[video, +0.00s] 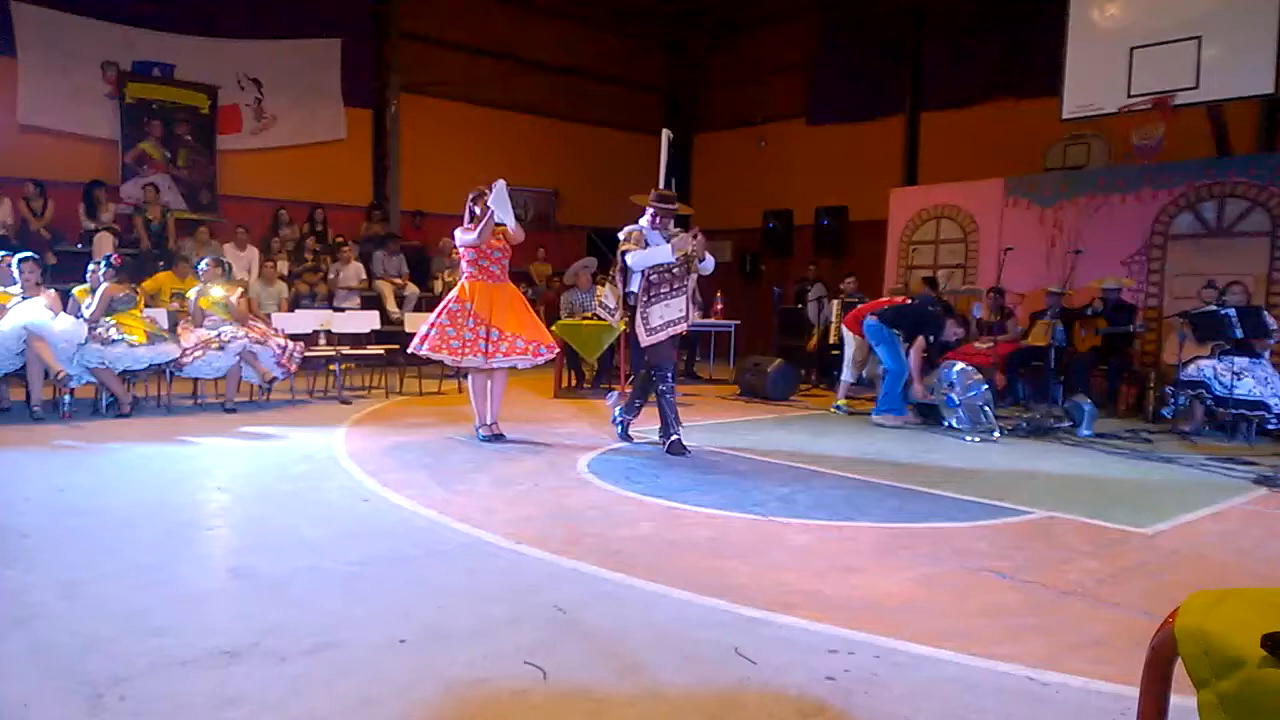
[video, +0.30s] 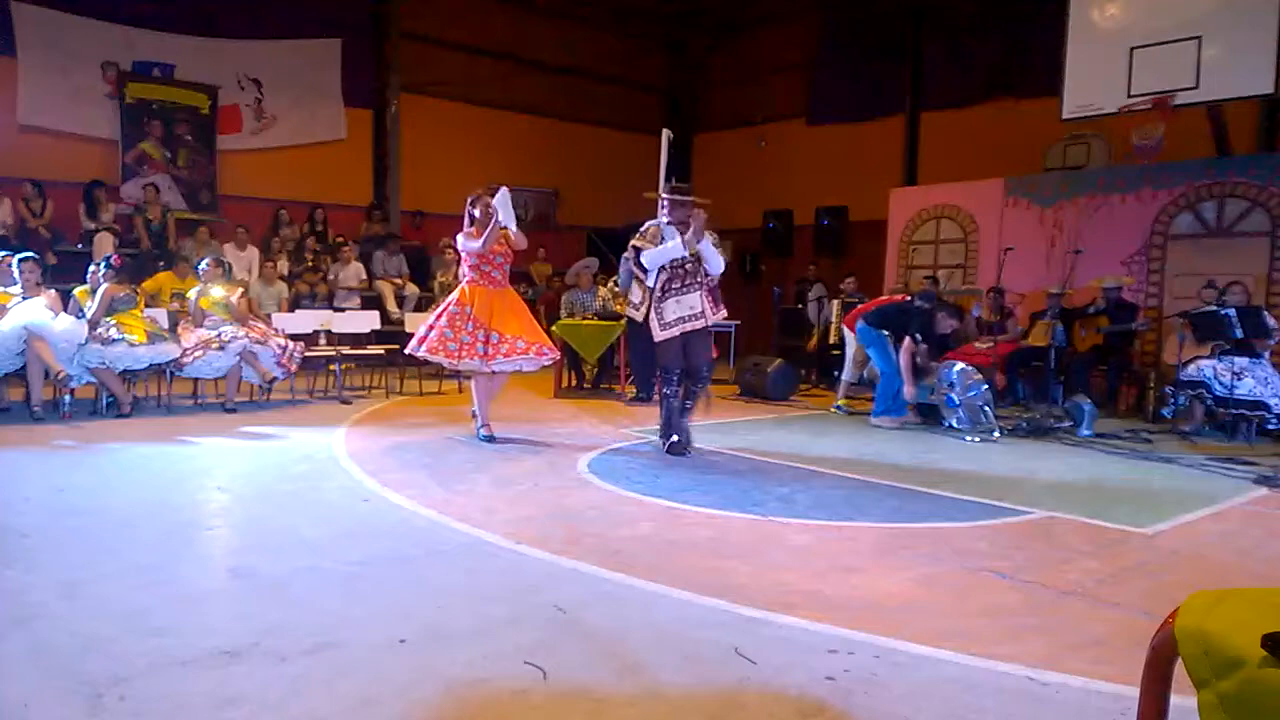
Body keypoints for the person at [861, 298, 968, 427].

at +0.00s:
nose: (953, 339)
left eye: (956, 338)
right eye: (955, 334)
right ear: (951, 323)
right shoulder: (935, 323)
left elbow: (913, 350)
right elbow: (915, 350)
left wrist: (918, 383)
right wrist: (917, 383)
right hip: (878, 325)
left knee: (901, 368)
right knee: (898, 369)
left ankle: (897, 410)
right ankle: (885, 412)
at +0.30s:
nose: (948, 332)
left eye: (952, 329)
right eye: (949, 326)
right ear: (941, 316)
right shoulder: (922, 319)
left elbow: (922, 353)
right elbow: (905, 351)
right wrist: (908, 384)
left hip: (884, 330)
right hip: (869, 327)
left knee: (898, 371)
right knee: (889, 371)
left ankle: (898, 412)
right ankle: (881, 414)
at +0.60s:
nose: (925, 336)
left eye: (929, 333)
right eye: (922, 331)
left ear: (935, 327)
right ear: (912, 320)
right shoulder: (899, 321)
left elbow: (927, 339)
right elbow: (896, 365)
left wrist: (932, 356)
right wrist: (914, 392)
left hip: (886, 330)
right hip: (866, 331)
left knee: (904, 365)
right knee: (882, 368)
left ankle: (901, 411)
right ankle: (880, 413)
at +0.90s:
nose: (909, 343)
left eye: (913, 340)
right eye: (906, 340)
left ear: (921, 333)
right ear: (897, 331)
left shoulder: (918, 316)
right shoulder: (887, 332)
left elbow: (921, 335)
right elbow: (892, 369)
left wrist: (916, 354)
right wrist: (915, 395)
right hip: (866, 331)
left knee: (905, 367)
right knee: (881, 369)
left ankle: (900, 410)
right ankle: (880, 413)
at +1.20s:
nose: (911, 344)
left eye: (915, 340)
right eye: (907, 340)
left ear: (922, 333)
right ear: (898, 332)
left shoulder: (919, 316)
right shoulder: (888, 332)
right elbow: (896, 373)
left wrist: (909, 355)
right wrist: (926, 387)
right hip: (864, 331)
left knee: (903, 366)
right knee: (880, 366)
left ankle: (899, 411)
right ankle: (879, 414)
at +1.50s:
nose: (919, 338)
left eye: (922, 335)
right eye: (916, 334)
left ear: (926, 328)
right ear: (906, 326)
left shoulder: (921, 315)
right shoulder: (896, 330)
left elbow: (914, 340)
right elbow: (902, 367)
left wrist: (906, 356)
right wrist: (930, 383)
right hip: (869, 333)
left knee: (896, 370)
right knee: (881, 368)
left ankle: (898, 410)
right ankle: (879, 414)